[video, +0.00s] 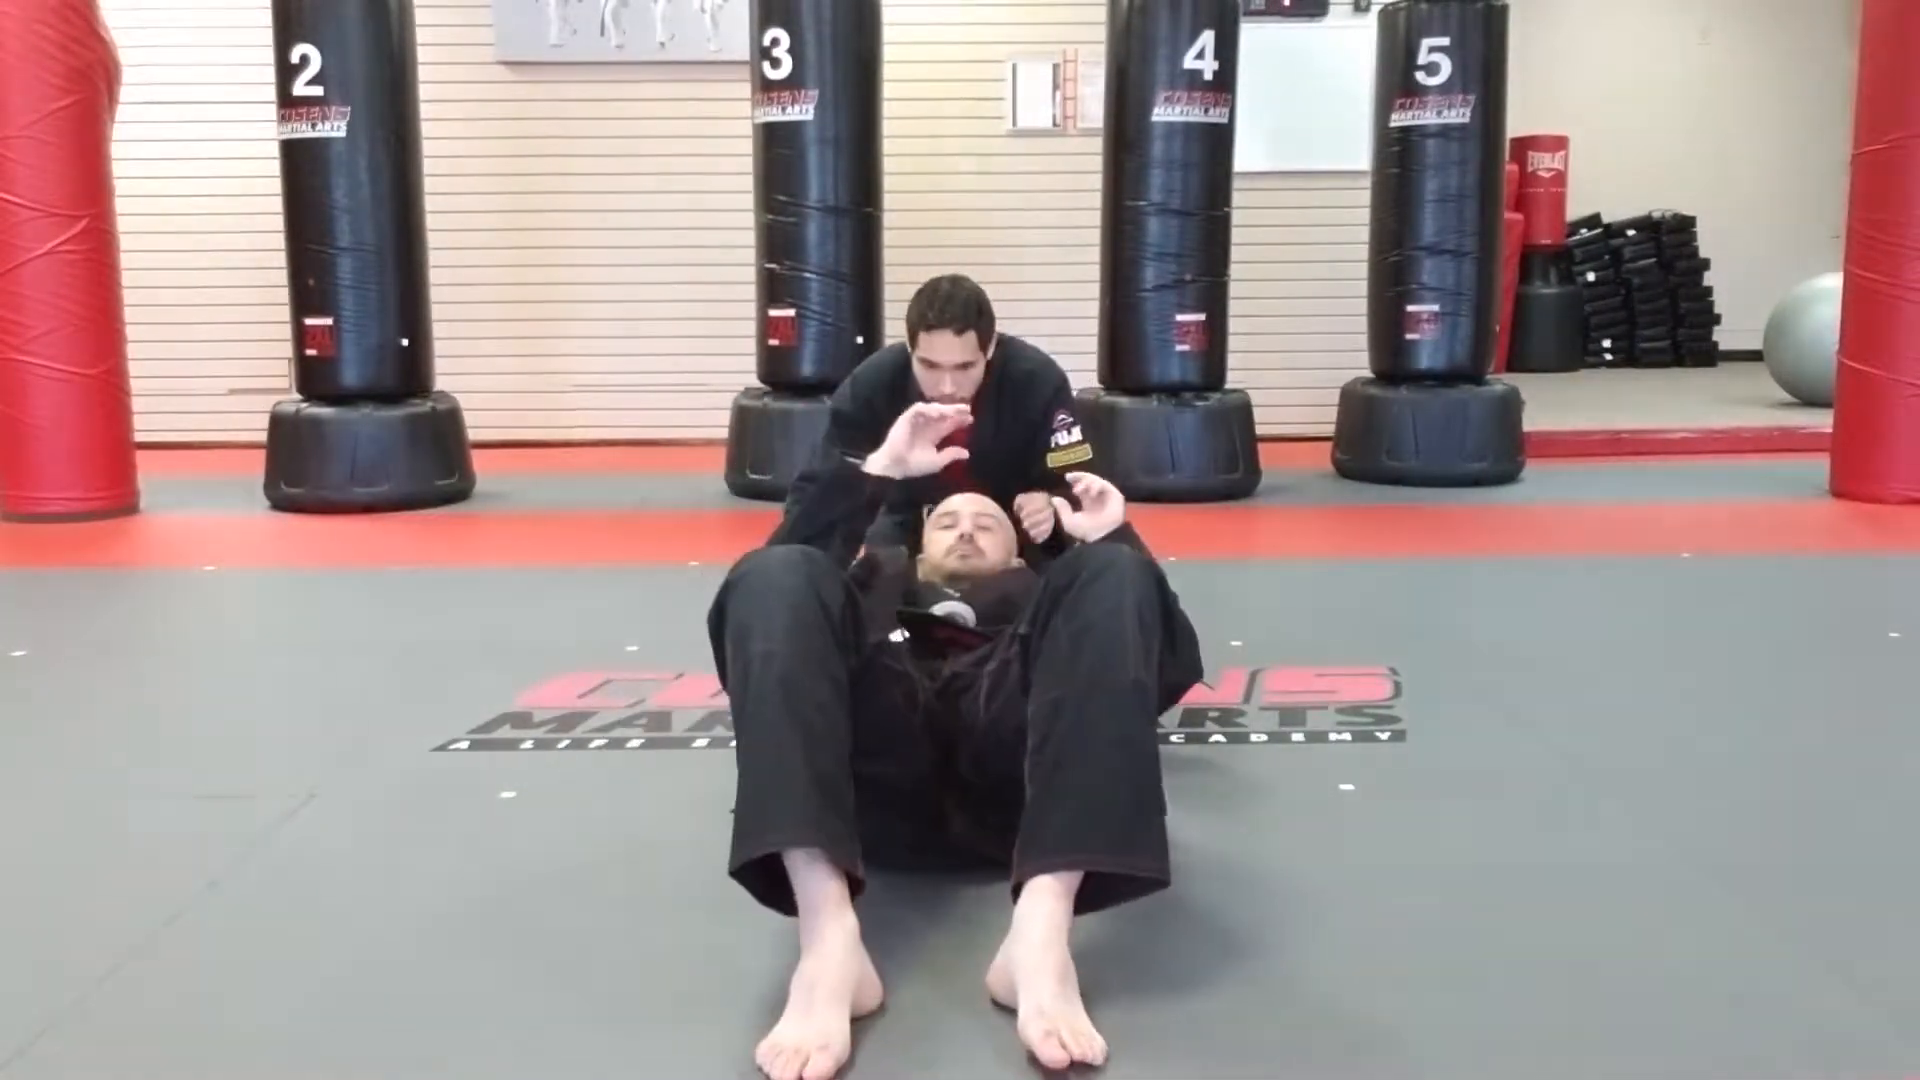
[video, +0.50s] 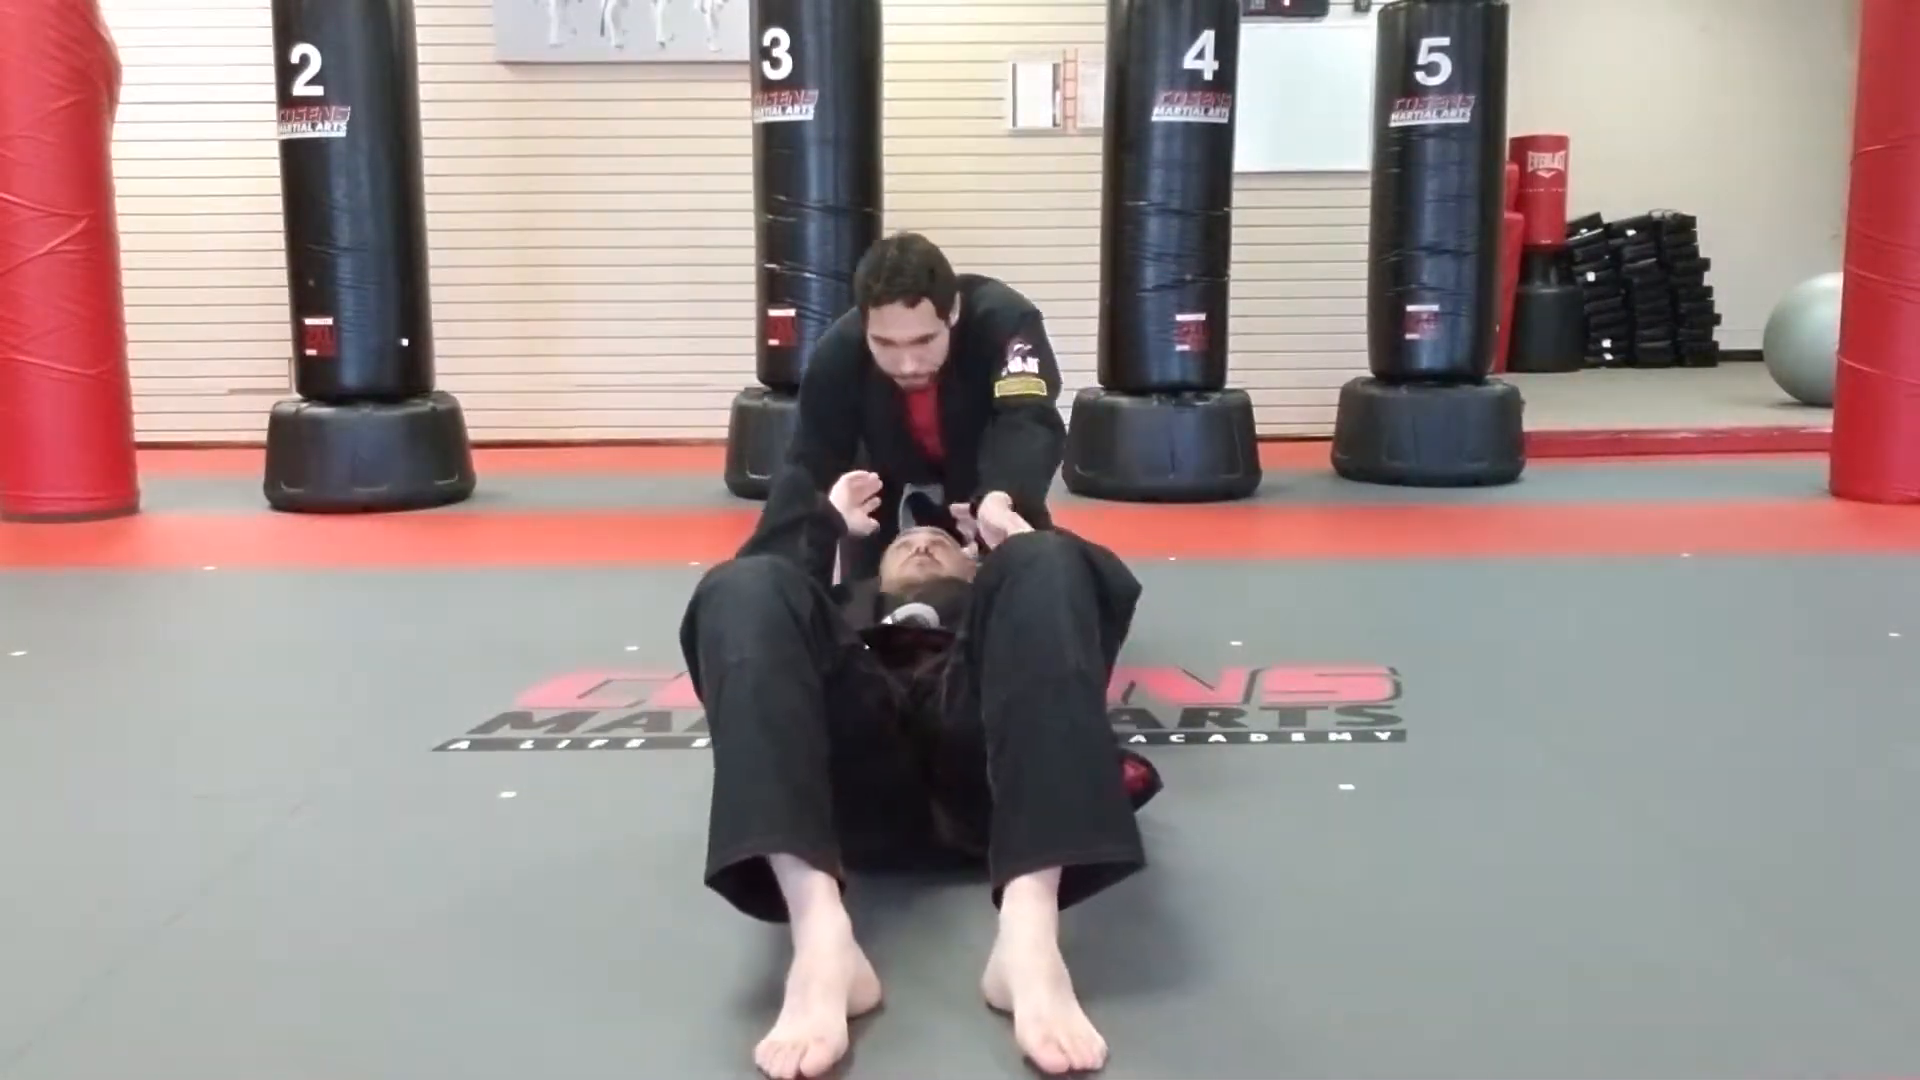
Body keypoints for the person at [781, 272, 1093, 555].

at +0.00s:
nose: (947, 386)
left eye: (963, 368)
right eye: (930, 367)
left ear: (989, 349)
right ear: (910, 349)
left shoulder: (1035, 381)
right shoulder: (870, 387)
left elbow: (1081, 500)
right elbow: (825, 496)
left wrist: (1052, 510)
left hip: (1006, 520)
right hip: (907, 517)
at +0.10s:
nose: (940, 389)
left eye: (959, 370)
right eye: (923, 368)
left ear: (983, 348)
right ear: (903, 347)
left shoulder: (1035, 374)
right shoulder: (867, 382)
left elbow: (1099, 490)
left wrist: (1063, 490)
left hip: (1012, 520)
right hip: (906, 521)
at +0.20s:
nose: (940, 388)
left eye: (956, 368)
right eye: (921, 367)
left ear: (980, 345)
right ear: (898, 347)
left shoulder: (1032, 364)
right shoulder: (865, 370)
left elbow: (1104, 474)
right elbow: (825, 497)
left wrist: (1059, 473)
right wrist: (874, 478)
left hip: (1011, 517)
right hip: (904, 513)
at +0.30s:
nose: (934, 376)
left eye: (952, 355)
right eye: (915, 355)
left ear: (976, 332)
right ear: (892, 335)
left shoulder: (1028, 353)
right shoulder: (859, 362)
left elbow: (1084, 466)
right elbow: (820, 488)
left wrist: (1033, 480)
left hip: (1000, 515)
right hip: (896, 518)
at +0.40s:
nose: (922, 369)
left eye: (939, 347)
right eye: (902, 349)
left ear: (966, 323)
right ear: (881, 328)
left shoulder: (1018, 340)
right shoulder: (847, 357)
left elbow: (1055, 452)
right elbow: (804, 485)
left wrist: (1010, 482)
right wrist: (837, 505)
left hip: (997, 526)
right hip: (886, 524)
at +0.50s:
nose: (908, 365)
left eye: (924, 342)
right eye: (886, 345)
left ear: (952, 314)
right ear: (865, 323)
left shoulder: (1003, 321)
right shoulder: (838, 355)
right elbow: (808, 472)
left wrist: (999, 498)